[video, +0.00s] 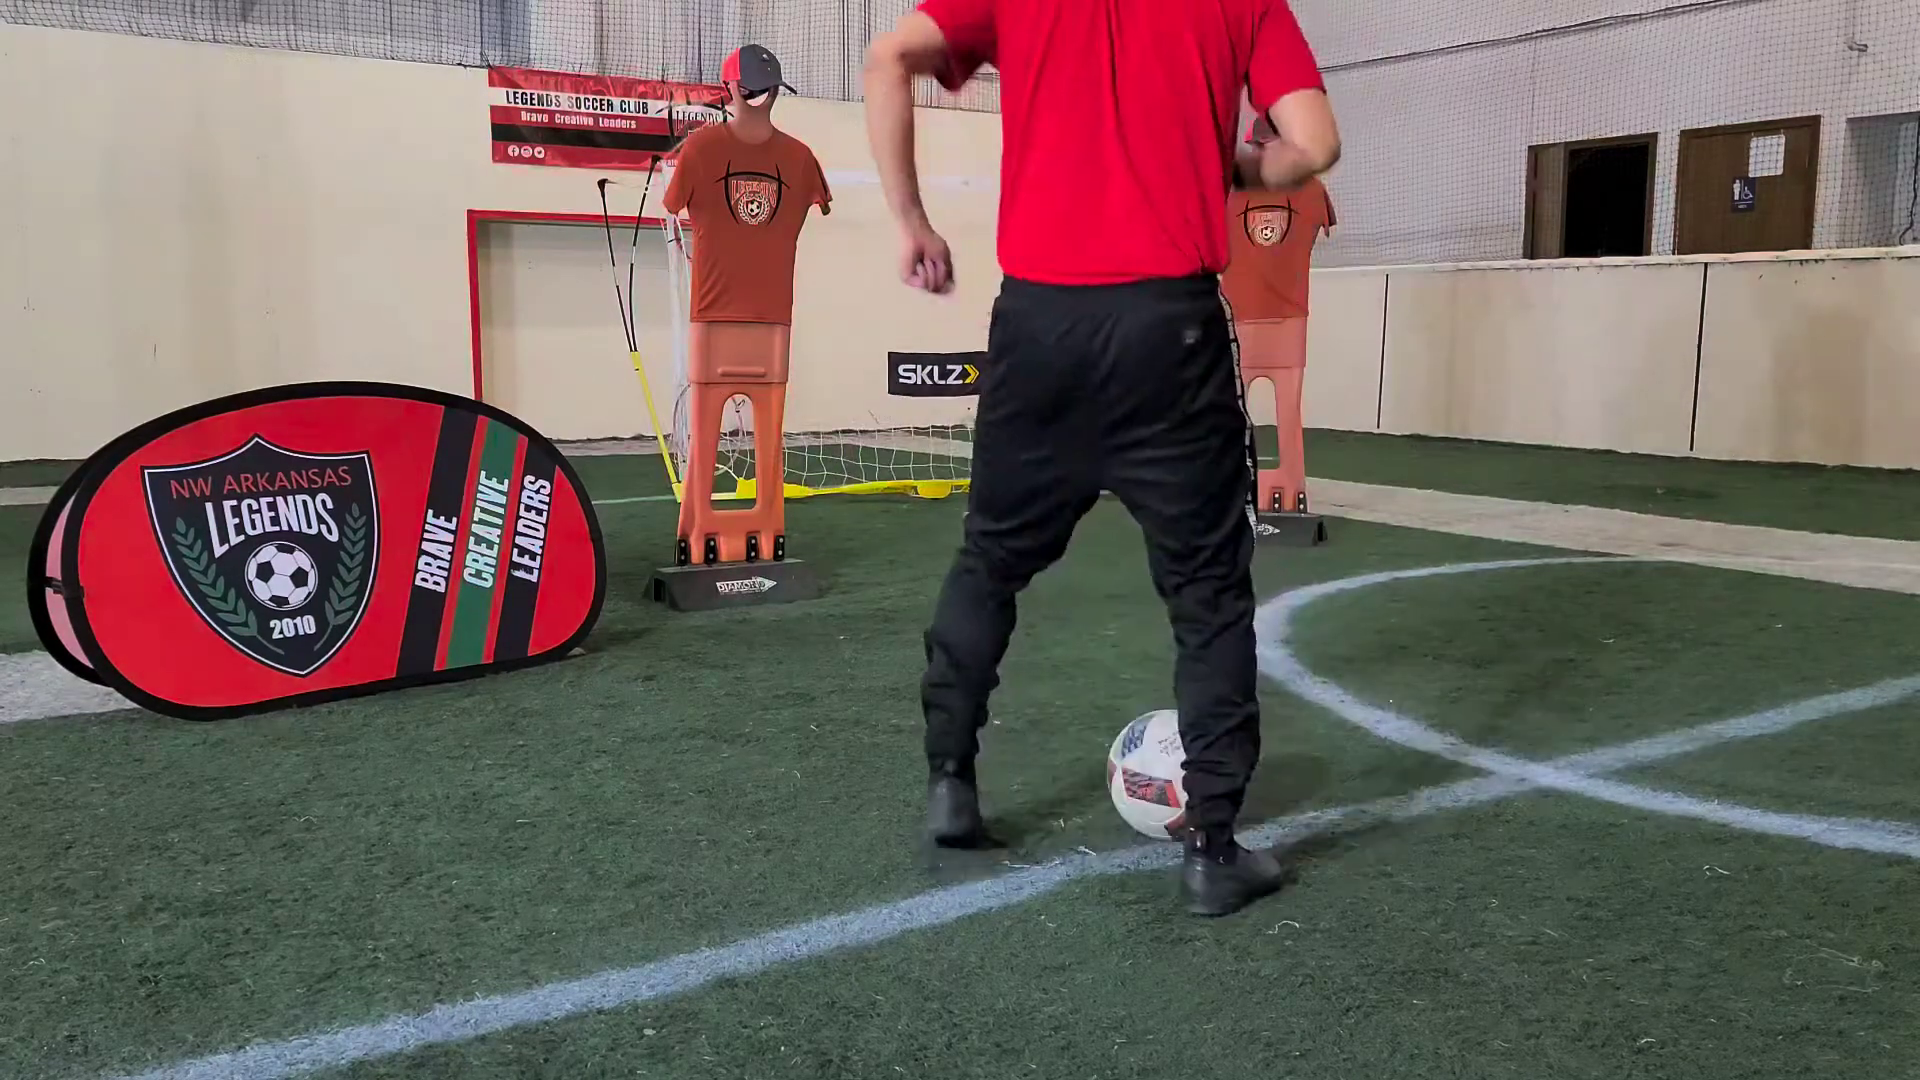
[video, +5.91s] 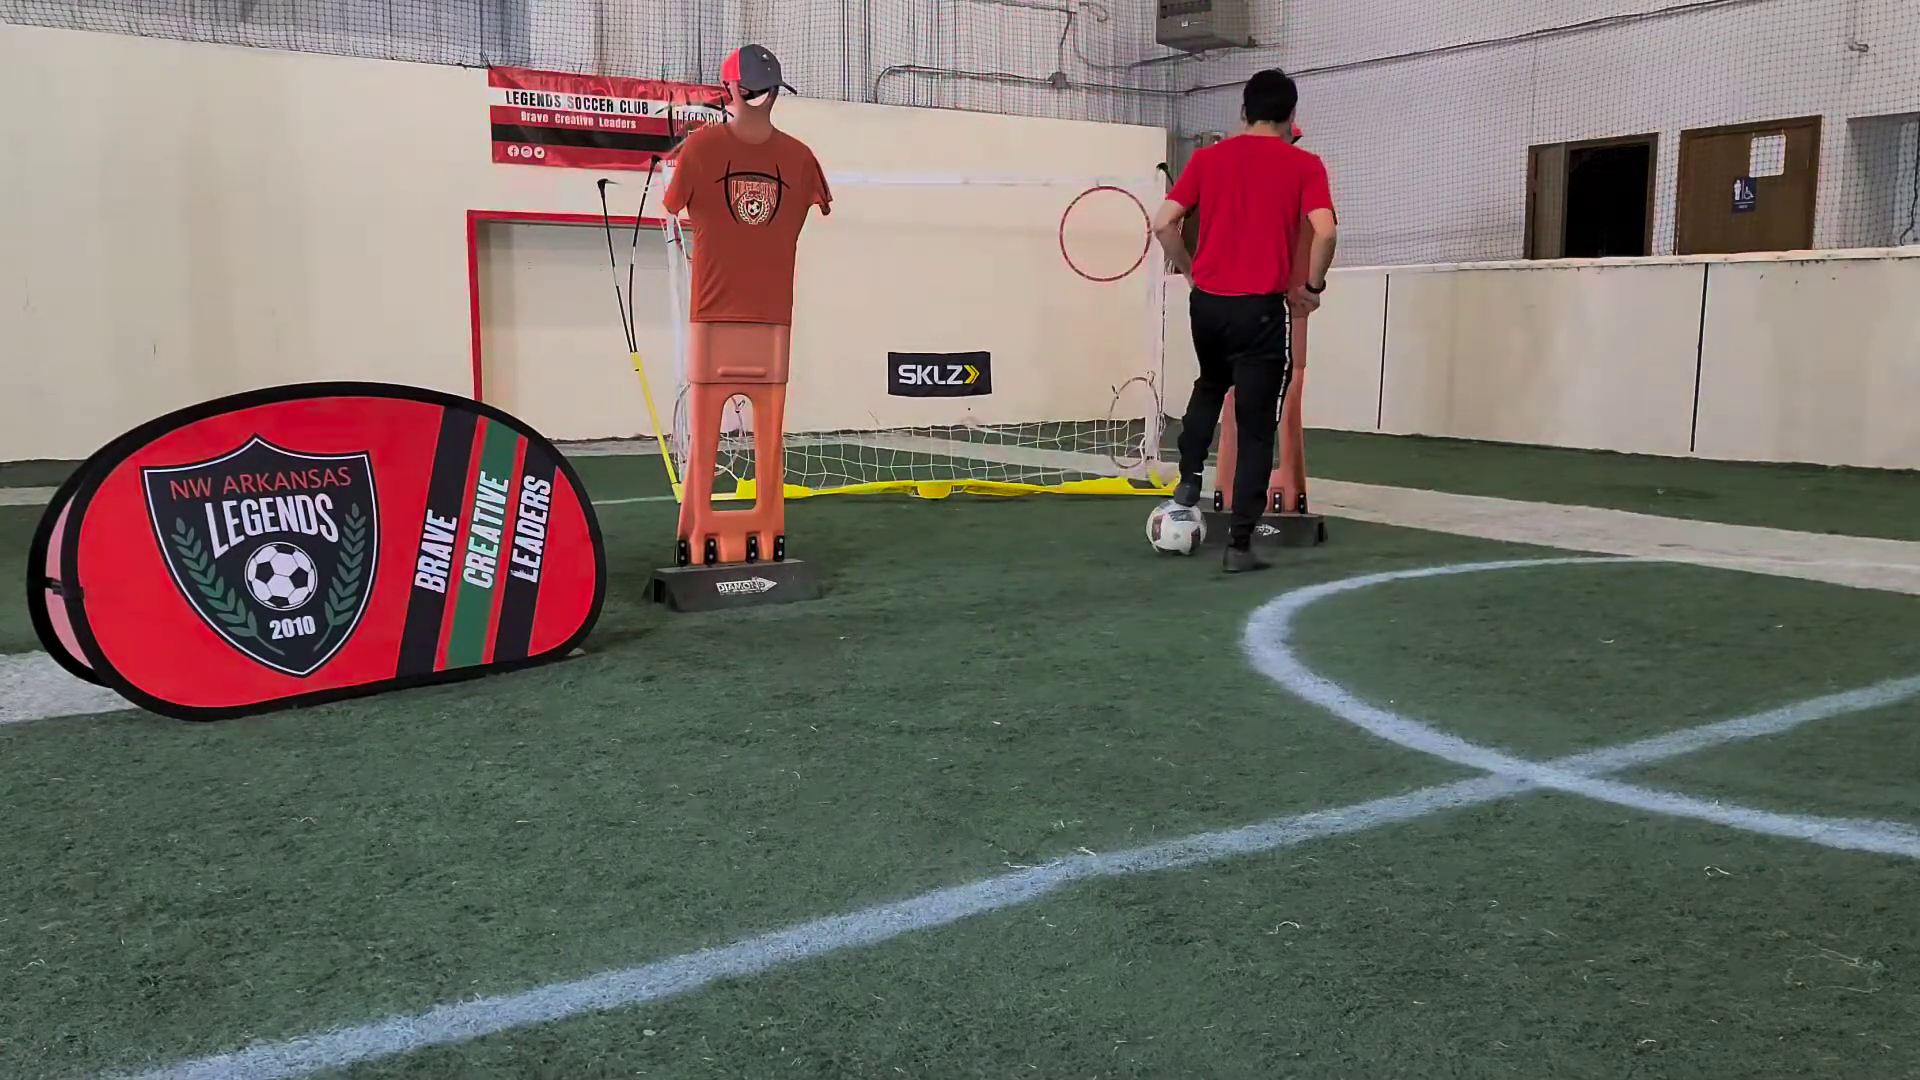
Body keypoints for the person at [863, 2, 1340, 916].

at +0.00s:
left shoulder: (1012, 4)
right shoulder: (1241, 4)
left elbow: (887, 56)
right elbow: (1311, 145)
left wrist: (909, 217)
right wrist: (1239, 165)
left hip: (1039, 311)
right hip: (1170, 315)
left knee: (993, 550)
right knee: (1207, 588)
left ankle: (950, 782)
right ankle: (1216, 847)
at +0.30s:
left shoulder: (946, 8)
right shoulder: (1137, 4)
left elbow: (853, 126)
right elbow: (1225, 85)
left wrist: (934, 223)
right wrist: (1194, 239)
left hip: (968, 315)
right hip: (1096, 312)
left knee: (955, 576)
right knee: (1214, 533)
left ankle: (935, 814)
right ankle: (1279, 765)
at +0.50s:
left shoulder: (979, 1)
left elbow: (886, 52)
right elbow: (1224, 34)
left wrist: (944, 171)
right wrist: (1188, 169)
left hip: (996, 264)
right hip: (1118, 268)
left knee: (935, 490)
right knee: (1143, 525)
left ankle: (874, 704)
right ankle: (1134, 764)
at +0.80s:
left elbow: (902, 85)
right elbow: (1232, 85)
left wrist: (961, 182)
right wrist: (1196, 205)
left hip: (997, 274)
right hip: (1113, 272)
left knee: (979, 518)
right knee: (1191, 500)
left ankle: (969, 739)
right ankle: (1213, 721)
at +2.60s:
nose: (1180, 41)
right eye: (1179, 30)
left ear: (1108, 30)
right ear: (1172, 35)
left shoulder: (1057, 88)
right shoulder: (1189, 87)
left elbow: (1003, 183)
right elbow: (1226, 140)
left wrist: (1060, 223)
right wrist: (1228, 238)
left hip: (1067, 304)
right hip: (1152, 301)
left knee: (1060, 465)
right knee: (1207, 443)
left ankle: (1053, 631)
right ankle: (1223, 592)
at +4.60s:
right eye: (1235, 110)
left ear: (1185, 109)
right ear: (1234, 111)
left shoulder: (1156, 147)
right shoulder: (1256, 157)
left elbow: (1110, 199)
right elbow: (1295, 230)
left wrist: (1127, 257)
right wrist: (1278, 250)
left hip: (1163, 312)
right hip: (1225, 315)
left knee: (1128, 414)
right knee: (1227, 440)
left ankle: (1102, 523)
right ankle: (1219, 562)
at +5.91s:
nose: (1295, 122)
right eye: (1295, 115)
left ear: (1245, 113)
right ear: (1290, 116)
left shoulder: (1208, 158)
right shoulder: (1304, 165)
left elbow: (1163, 223)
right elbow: (1326, 230)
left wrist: (1188, 266)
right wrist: (1313, 287)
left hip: (1207, 309)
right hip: (1261, 313)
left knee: (1212, 381)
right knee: (1256, 427)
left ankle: (1187, 486)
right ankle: (1240, 544)